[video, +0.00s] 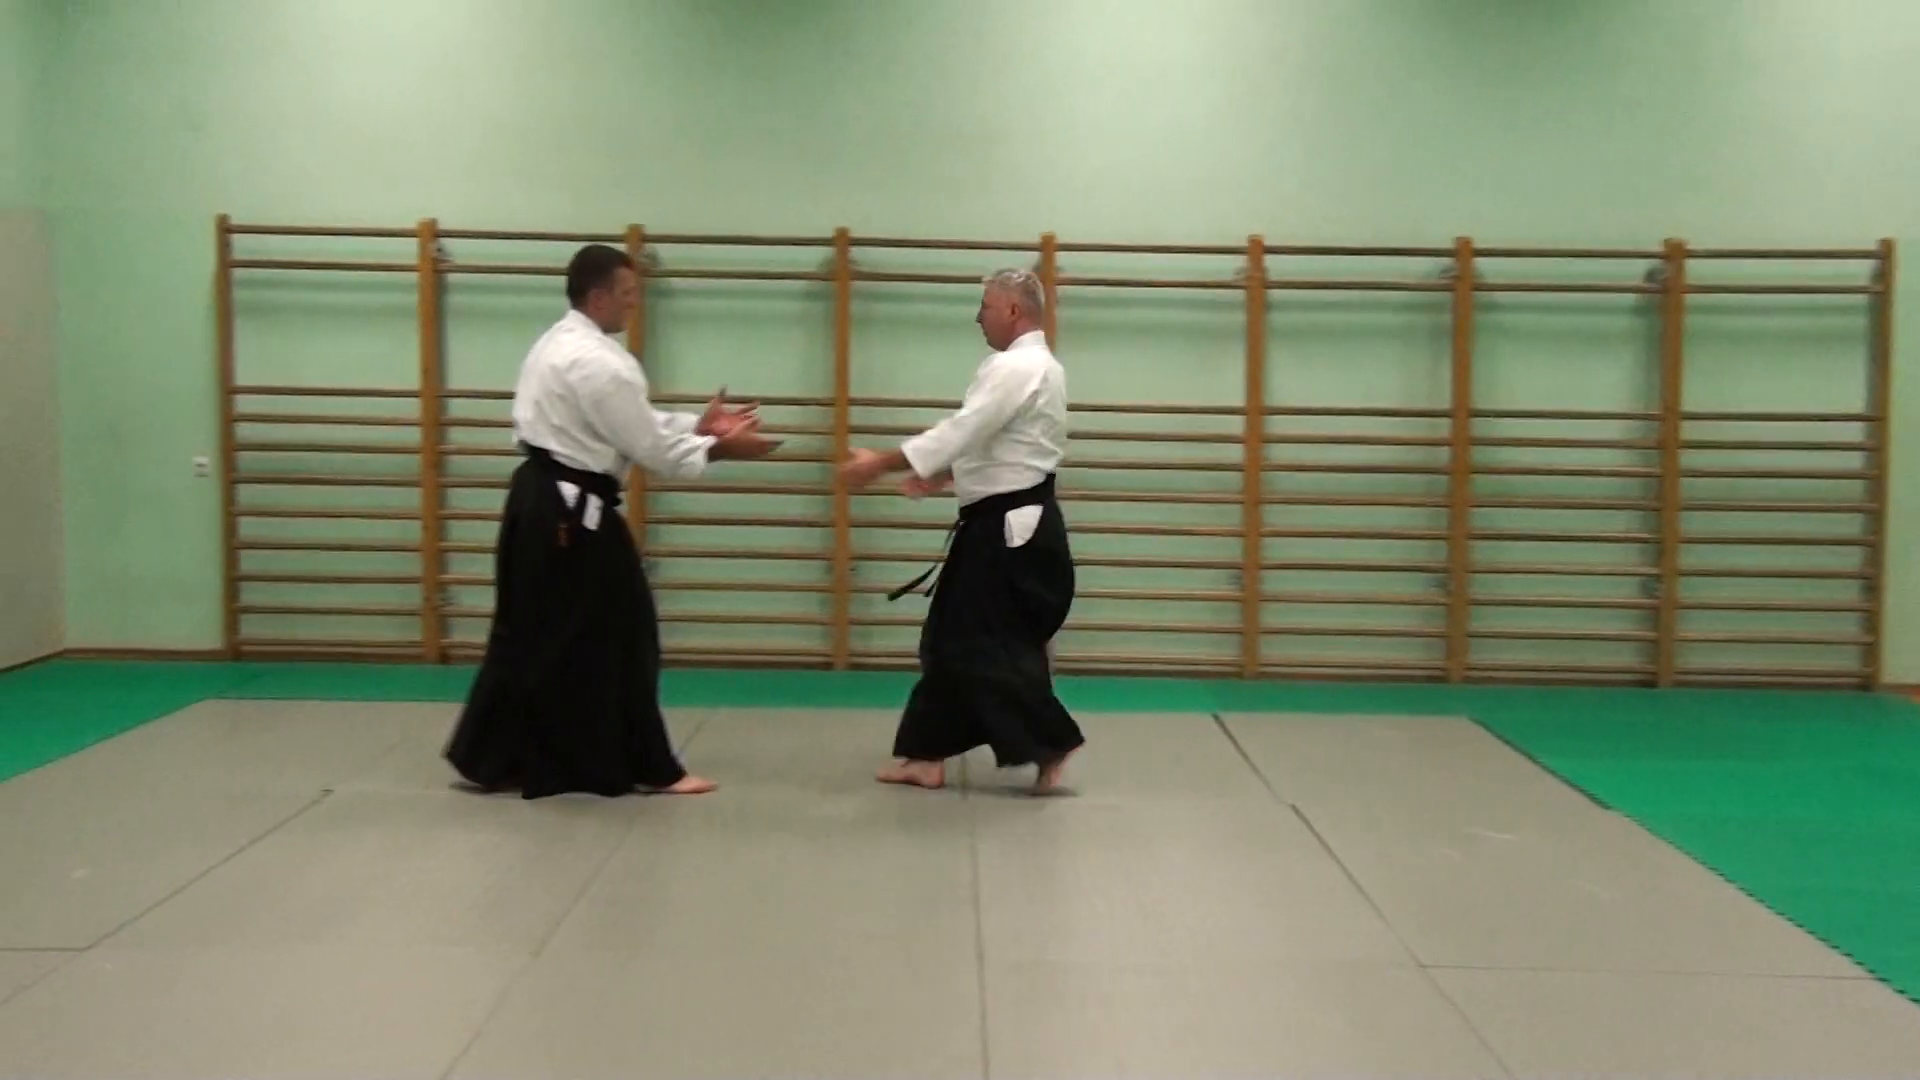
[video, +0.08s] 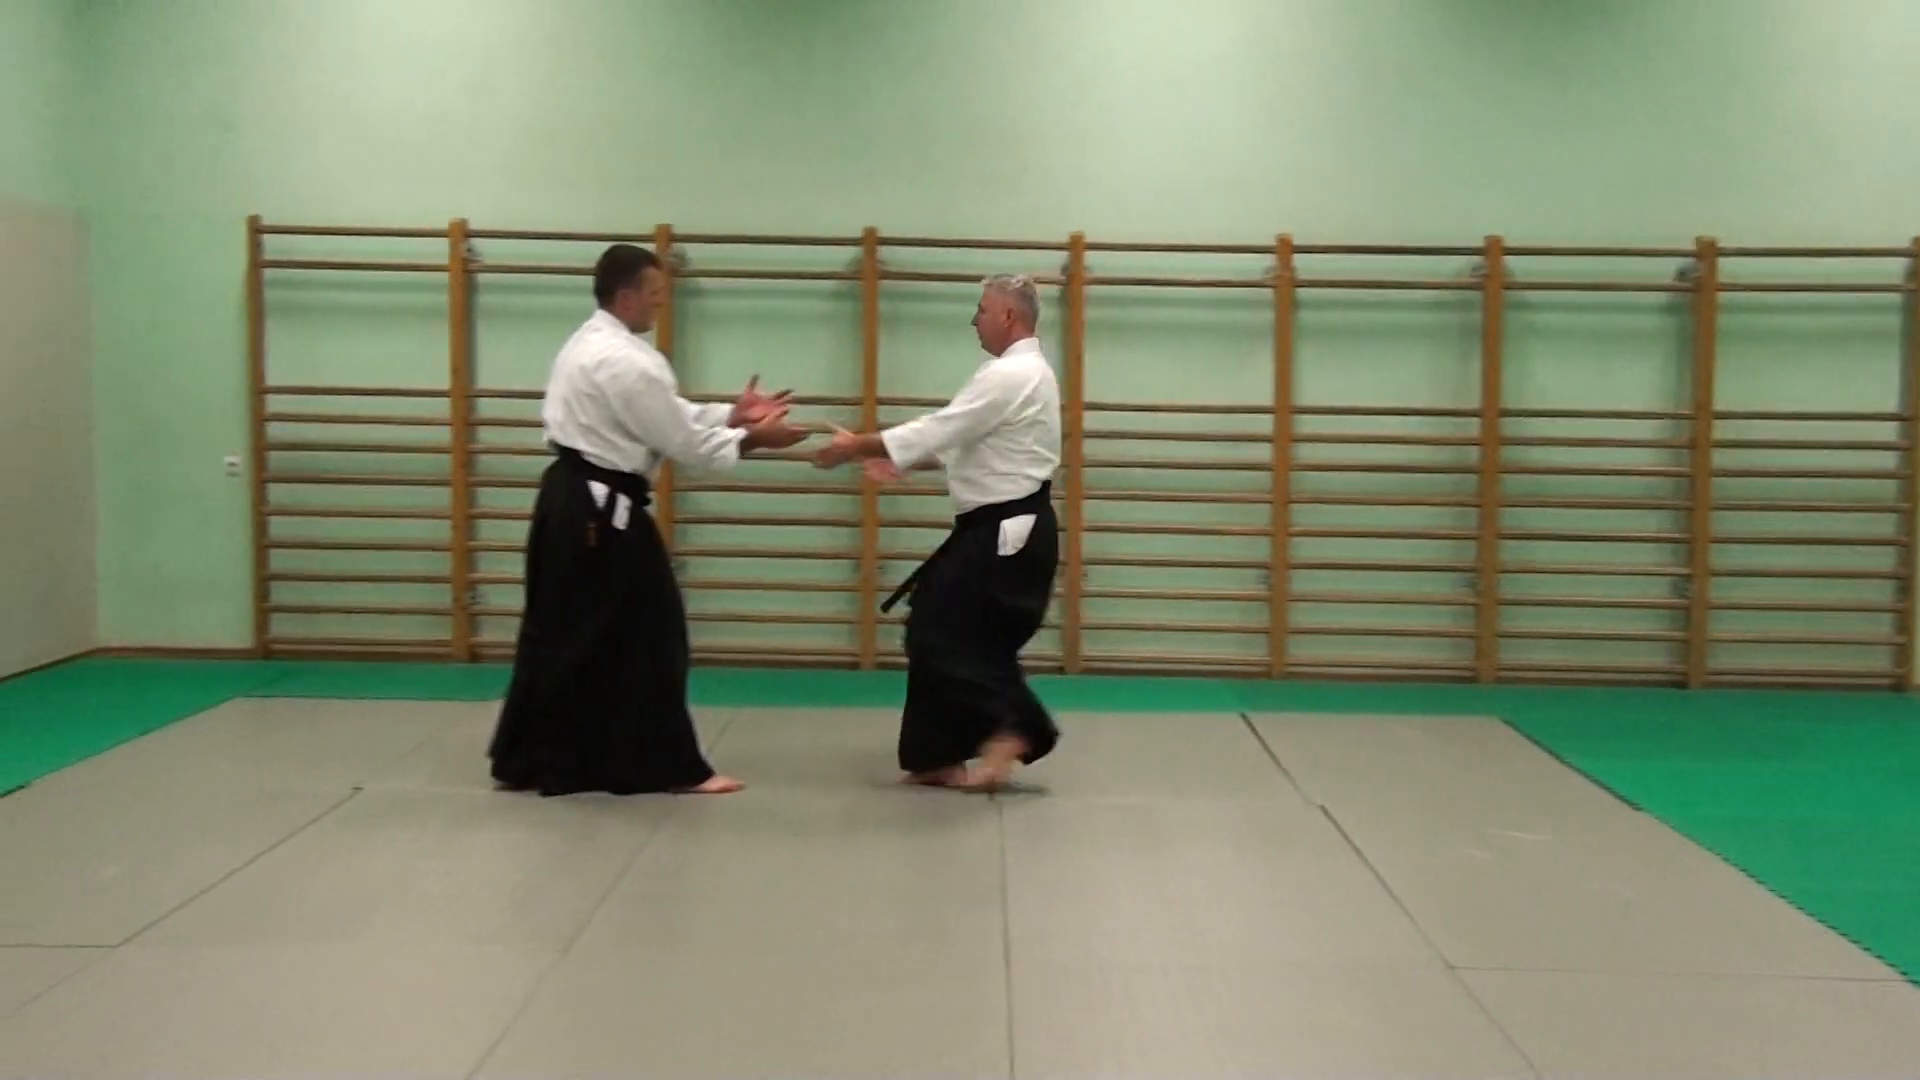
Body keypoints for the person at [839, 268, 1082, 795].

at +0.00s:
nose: (979, 317)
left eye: (985, 307)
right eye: (981, 308)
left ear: (1012, 310)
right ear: (1021, 311)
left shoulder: (1015, 368)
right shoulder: (1040, 365)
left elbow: (960, 433)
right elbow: (1007, 453)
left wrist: (884, 459)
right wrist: (939, 480)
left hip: (1004, 524)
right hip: (1017, 518)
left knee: (960, 637)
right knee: (961, 637)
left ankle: (1053, 741)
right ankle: (925, 755)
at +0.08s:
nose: (976, 321)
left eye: (982, 311)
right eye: (978, 311)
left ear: (1008, 315)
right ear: (1015, 316)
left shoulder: (1009, 375)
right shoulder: (1030, 370)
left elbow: (941, 430)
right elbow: (966, 441)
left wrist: (855, 444)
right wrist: (905, 463)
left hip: (1001, 527)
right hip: (1014, 522)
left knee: (937, 622)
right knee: (960, 628)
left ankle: (1009, 730)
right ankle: (940, 757)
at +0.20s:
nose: (966, 316)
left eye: (972, 306)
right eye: (968, 306)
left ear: (998, 311)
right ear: (1007, 312)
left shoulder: (998, 370)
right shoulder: (1019, 366)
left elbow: (925, 418)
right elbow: (940, 431)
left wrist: (843, 427)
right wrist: (865, 443)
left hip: (994, 525)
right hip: (1014, 522)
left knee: (912, 622)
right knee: (974, 643)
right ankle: (973, 761)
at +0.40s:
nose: (964, 306)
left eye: (970, 297)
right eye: (965, 296)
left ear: (995, 302)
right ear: (1004, 303)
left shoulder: (988, 362)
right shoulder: (1019, 353)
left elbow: (934, 430)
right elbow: (951, 397)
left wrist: (876, 451)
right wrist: (899, 411)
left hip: (989, 515)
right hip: (1018, 507)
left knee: (939, 629)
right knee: (991, 633)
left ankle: (936, 760)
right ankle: (1024, 741)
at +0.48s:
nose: (964, 303)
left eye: (970, 293)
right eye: (965, 293)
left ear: (995, 297)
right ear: (1008, 298)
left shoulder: (989, 356)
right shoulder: (1031, 348)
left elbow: (945, 428)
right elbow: (966, 402)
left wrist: (895, 461)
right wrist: (911, 416)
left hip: (996, 510)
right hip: (1032, 500)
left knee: (953, 627)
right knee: (1009, 626)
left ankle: (958, 760)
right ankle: (1025, 744)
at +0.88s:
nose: (960, 301)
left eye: (965, 291)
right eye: (960, 291)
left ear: (994, 293)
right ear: (1001, 294)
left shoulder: (996, 352)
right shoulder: (1027, 342)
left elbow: (946, 436)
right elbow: (972, 409)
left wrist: (895, 459)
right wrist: (922, 425)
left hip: (1008, 506)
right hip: (1039, 497)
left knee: (981, 629)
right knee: (1034, 627)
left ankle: (986, 760)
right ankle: (1039, 754)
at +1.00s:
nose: (952, 301)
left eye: (958, 291)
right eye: (953, 291)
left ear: (988, 294)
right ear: (994, 295)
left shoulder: (989, 353)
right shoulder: (1019, 343)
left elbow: (937, 434)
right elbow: (963, 409)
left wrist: (883, 458)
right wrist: (910, 426)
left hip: (1000, 506)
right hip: (1031, 497)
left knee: (973, 630)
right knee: (1023, 629)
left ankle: (978, 759)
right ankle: (1027, 756)